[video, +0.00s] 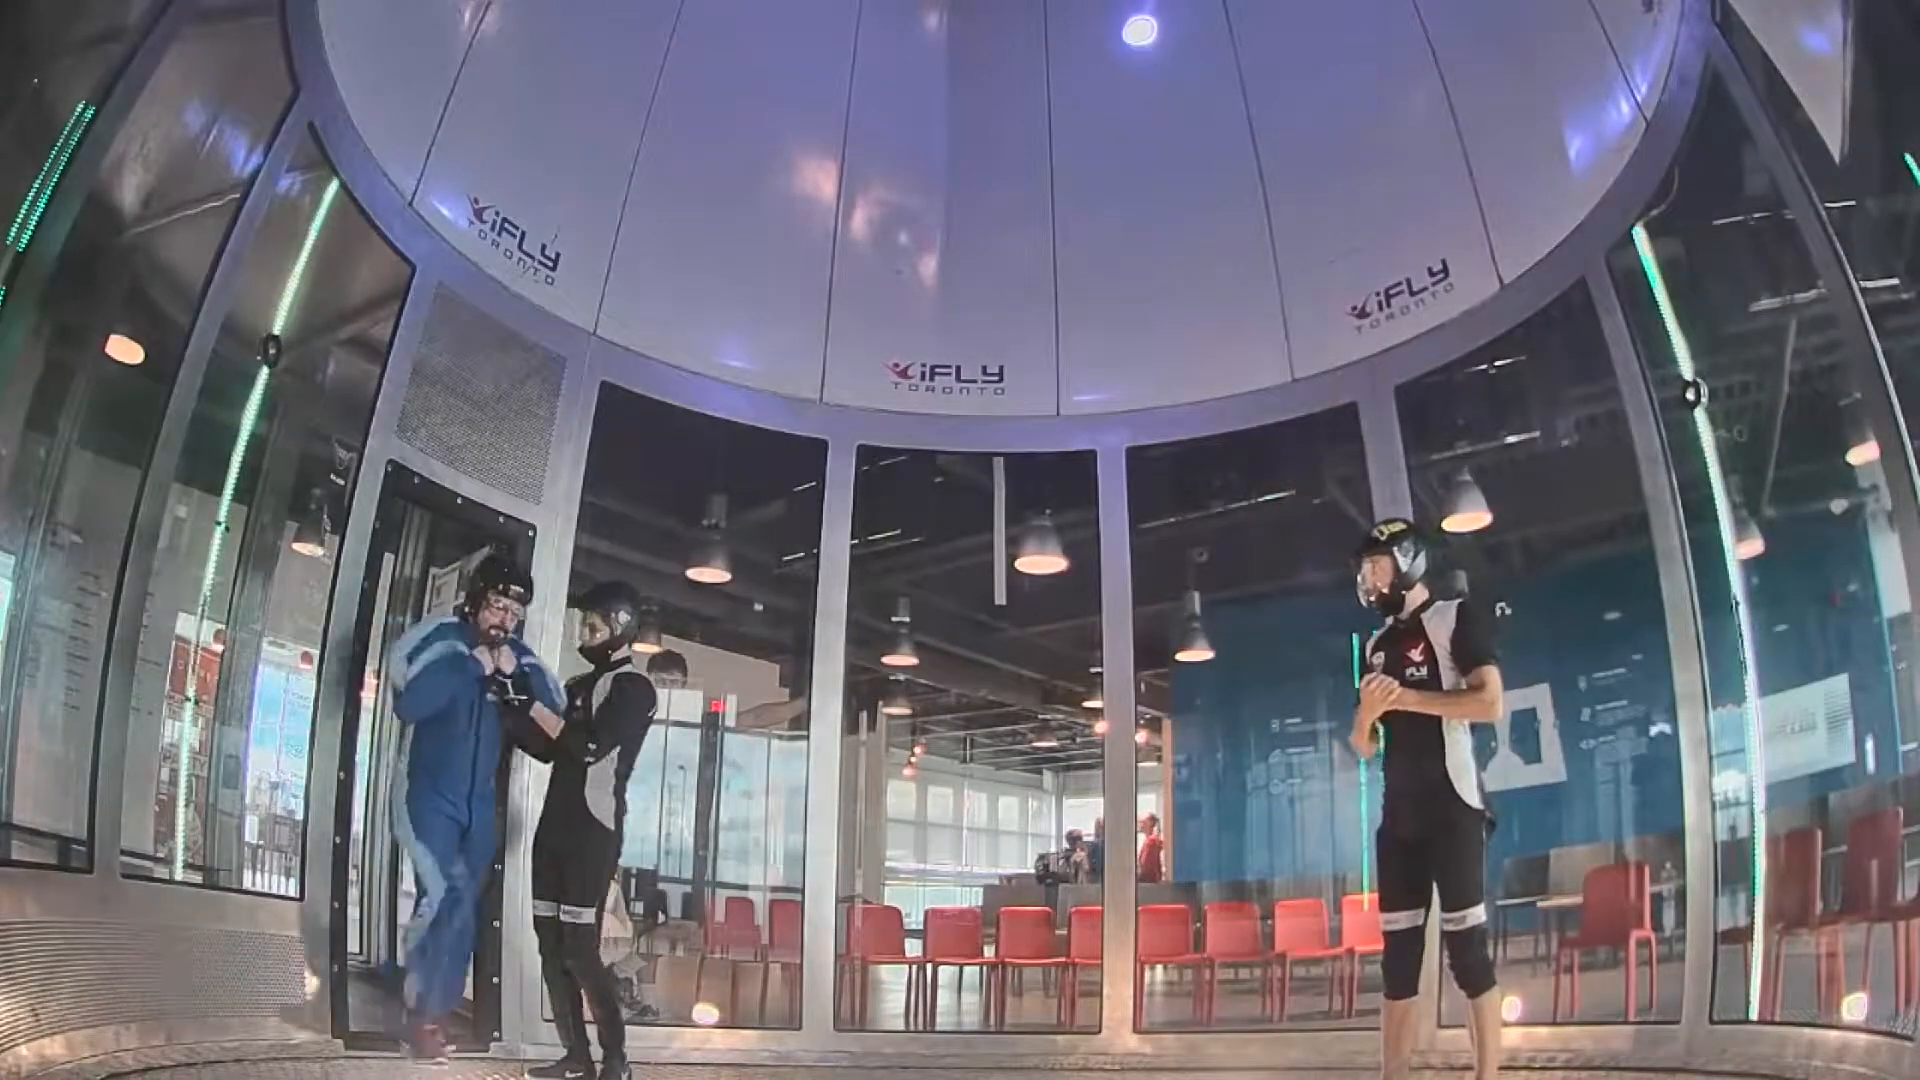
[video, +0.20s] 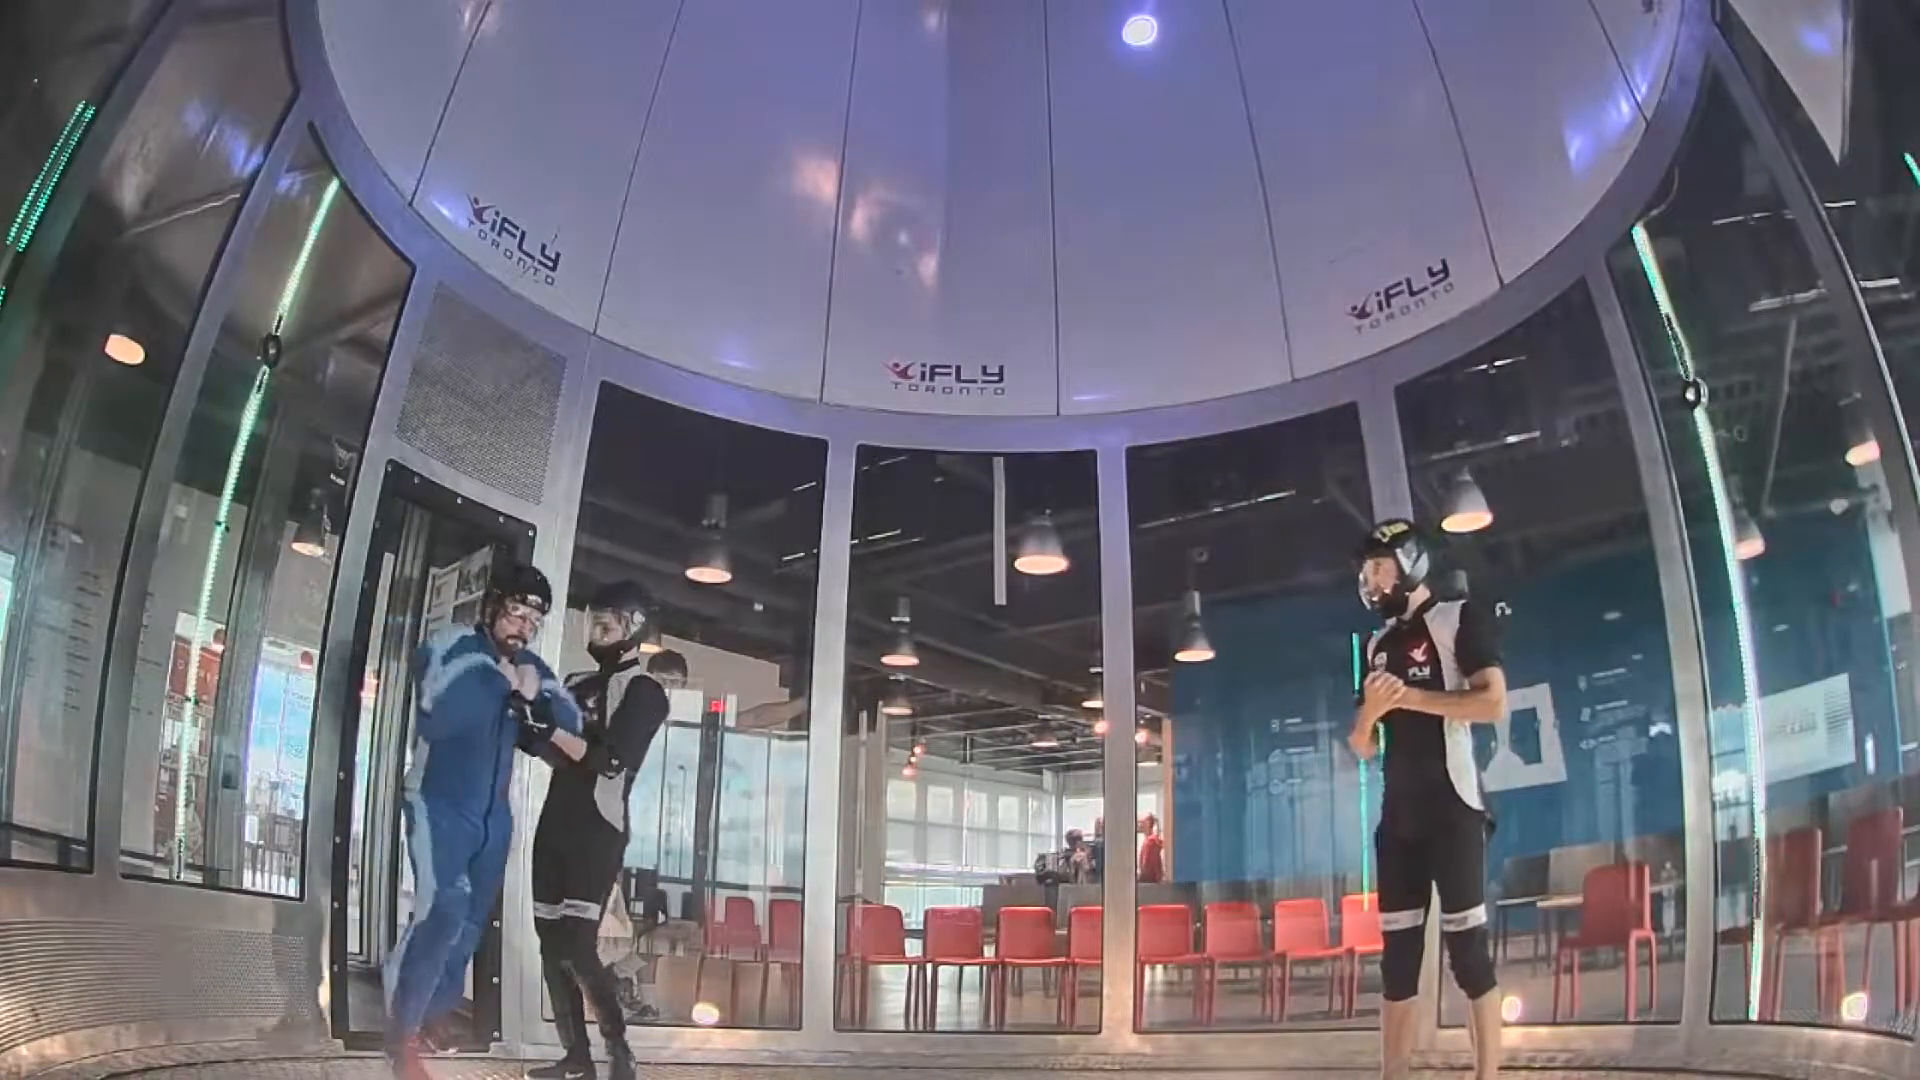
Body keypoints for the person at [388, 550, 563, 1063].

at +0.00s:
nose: (503, 619)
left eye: (513, 611)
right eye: (496, 606)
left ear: (521, 615)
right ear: (473, 603)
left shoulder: (518, 656)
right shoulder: (443, 641)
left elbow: (555, 713)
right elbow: (408, 705)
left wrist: (513, 672)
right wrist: (470, 661)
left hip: (484, 798)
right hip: (432, 792)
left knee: (464, 900)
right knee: (449, 890)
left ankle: (436, 1016)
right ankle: (423, 1013)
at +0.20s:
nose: (523, 624)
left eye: (533, 616)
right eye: (515, 611)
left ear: (538, 622)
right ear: (492, 606)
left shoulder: (530, 665)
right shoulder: (454, 649)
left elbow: (573, 723)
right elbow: (438, 719)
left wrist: (539, 692)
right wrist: (493, 674)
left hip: (495, 811)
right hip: (442, 803)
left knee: (471, 920)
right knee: (445, 910)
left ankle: (425, 1025)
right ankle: (403, 1034)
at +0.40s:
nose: (558, 657)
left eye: (569, 649)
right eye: (550, 642)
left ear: (577, 653)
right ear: (525, 635)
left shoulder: (567, 691)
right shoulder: (492, 676)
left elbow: (622, 735)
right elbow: (452, 726)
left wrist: (596, 731)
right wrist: (539, 715)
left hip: (504, 833)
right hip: (447, 823)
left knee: (487, 951)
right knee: (449, 935)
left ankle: (427, 1012)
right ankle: (401, 1051)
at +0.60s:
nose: (600, 683)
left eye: (605, 674)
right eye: (592, 668)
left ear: (606, 676)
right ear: (559, 660)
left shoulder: (586, 711)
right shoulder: (508, 690)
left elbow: (634, 722)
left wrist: (690, 733)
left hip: (520, 861)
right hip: (460, 846)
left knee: (495, 974)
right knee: (471, 968)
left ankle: (422, 1034)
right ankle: (405, 1032)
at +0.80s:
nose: (618, 722)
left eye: (630, 714)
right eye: (609, 707)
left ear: (640, 719)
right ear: (583, 698)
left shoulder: (629, 744)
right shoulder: (540, 721)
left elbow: (700, 722)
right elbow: (508, 645)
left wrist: (768, 705)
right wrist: (574, 617)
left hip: (535, 899)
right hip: (477, 876)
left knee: (488, 1014)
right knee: (478, 1008)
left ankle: (420, 1044)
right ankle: (407, 1037)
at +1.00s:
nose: (694, 738)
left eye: (706, 728)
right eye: (686, 719)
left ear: (714, 726)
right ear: (656, 699)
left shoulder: (696, 735)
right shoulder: (604, 704)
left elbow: (774, 697)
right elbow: (587, 612)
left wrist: (859, 668)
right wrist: (622, 536)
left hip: (558, 891)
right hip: (502, 862)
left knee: (484, 970)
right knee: (461, 970)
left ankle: (419, 1025)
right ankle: (407, 1034)